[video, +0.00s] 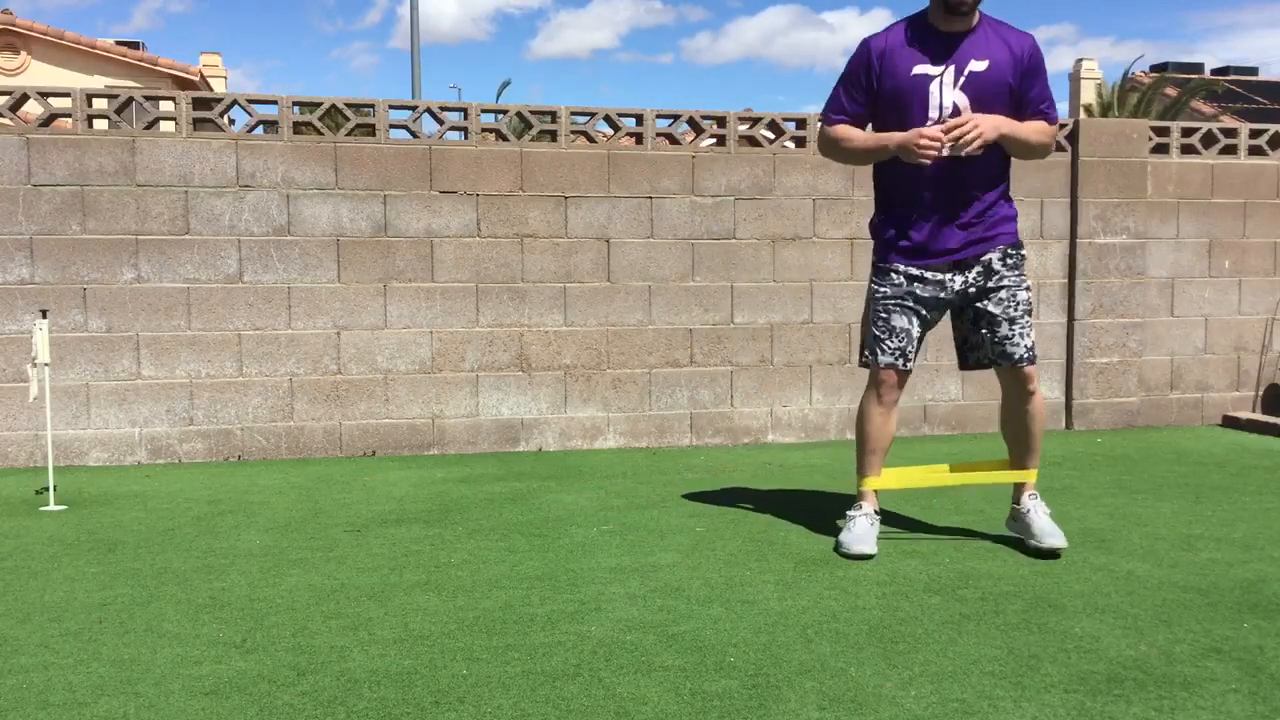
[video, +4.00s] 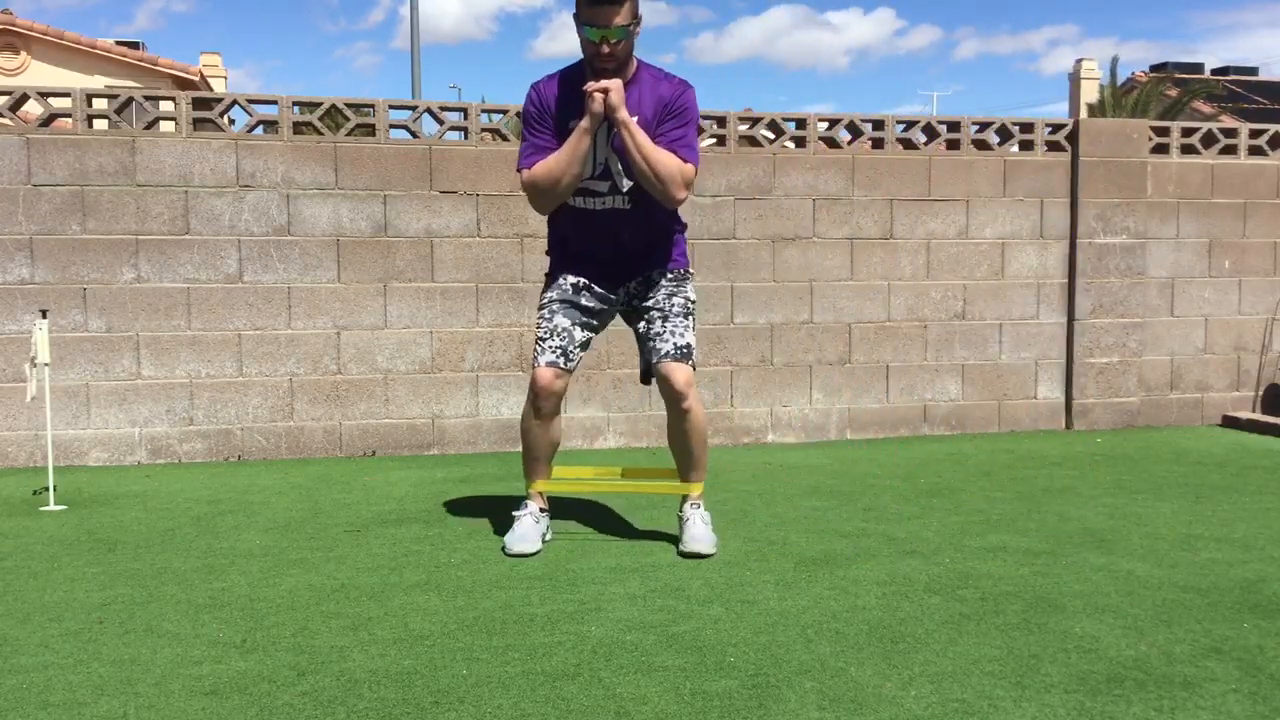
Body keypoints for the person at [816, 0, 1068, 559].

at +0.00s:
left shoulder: (1018, 48)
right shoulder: (880, 50)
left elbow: (1043, 140)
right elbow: (830, 137)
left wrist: (999, 125)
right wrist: (895, 142)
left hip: (990, 244)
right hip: (905, 248)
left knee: (1023, 374)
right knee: (885, 376)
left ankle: (1027, 502)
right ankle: (865, 507)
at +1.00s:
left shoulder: (1083, 41)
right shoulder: (946, 45)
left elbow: (1113, 133)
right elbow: (909, 144)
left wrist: (1057, 122)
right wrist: (969, 125)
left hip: (1050, 240)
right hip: (967, 240)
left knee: (1051, 379)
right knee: (960, 375)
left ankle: (1046, 513)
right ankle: (952, 507)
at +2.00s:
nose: (1037, 30)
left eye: (1049, 18)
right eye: (1023, 17)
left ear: (1063, 21)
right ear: (999, 19)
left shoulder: (1090, 90)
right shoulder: (957, 91)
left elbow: (1112, 186)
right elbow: (941, 190)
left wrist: (1056, 115)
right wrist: (1013, 123)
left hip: (1042, 268)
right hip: (958, 265)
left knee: (1072, 388)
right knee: (934, 374)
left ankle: (1073, 512)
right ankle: (903, 502)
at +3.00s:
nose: (843, 37)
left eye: (856, 26)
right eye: (830, 25)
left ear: (872, 23)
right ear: (812, 24)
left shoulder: (903, 92)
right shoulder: (775, 93)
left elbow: (911, 186)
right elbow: (770, 191)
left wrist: (859, 111)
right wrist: (827, 117)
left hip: (870, 267)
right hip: (789, 265)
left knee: (890, 384)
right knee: (760, 379)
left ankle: (885, 509)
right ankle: (745, 506)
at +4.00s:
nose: (604, 46)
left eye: (616, 34)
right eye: (592, 33)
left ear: (637, 24)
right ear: (577, 24)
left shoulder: (672, 94)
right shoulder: (548, 95)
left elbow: (676, 190)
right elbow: (541, 198)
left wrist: (622, 118)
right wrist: (589, 123)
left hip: (657, 265)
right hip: (578, 266)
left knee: (678, 382)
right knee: (544, 384)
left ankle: (694, 505)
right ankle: (534, 505)